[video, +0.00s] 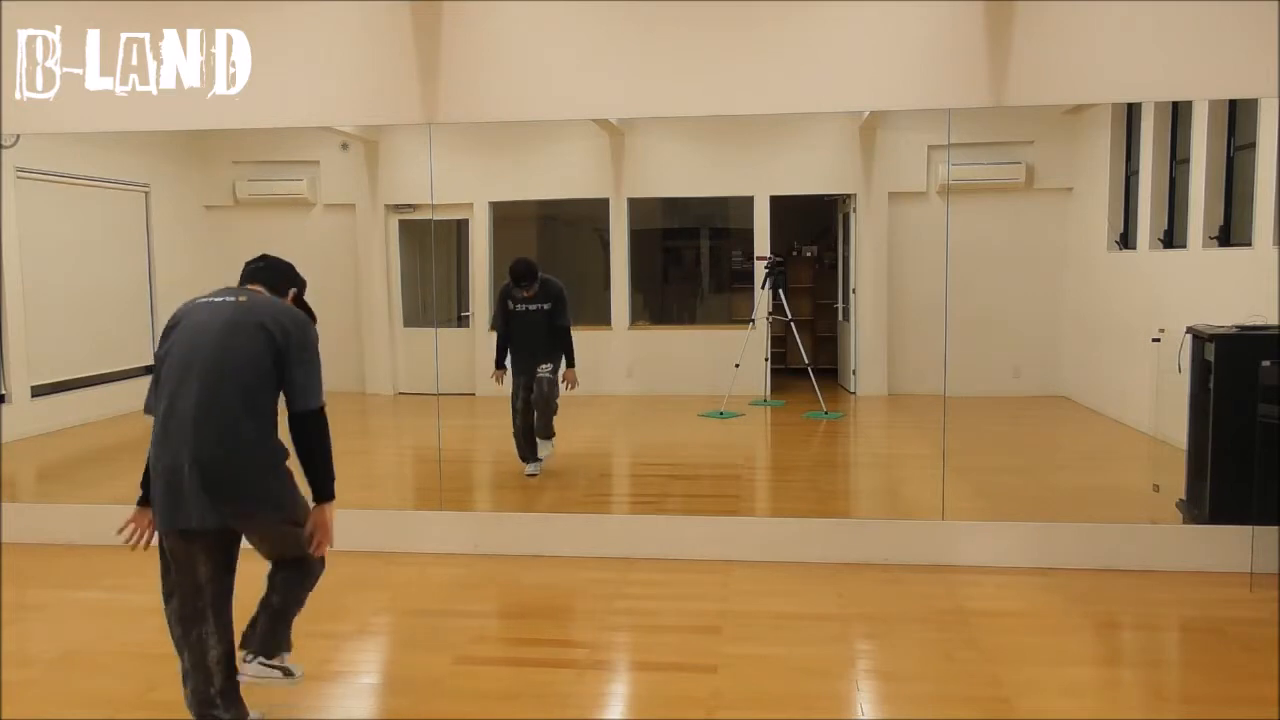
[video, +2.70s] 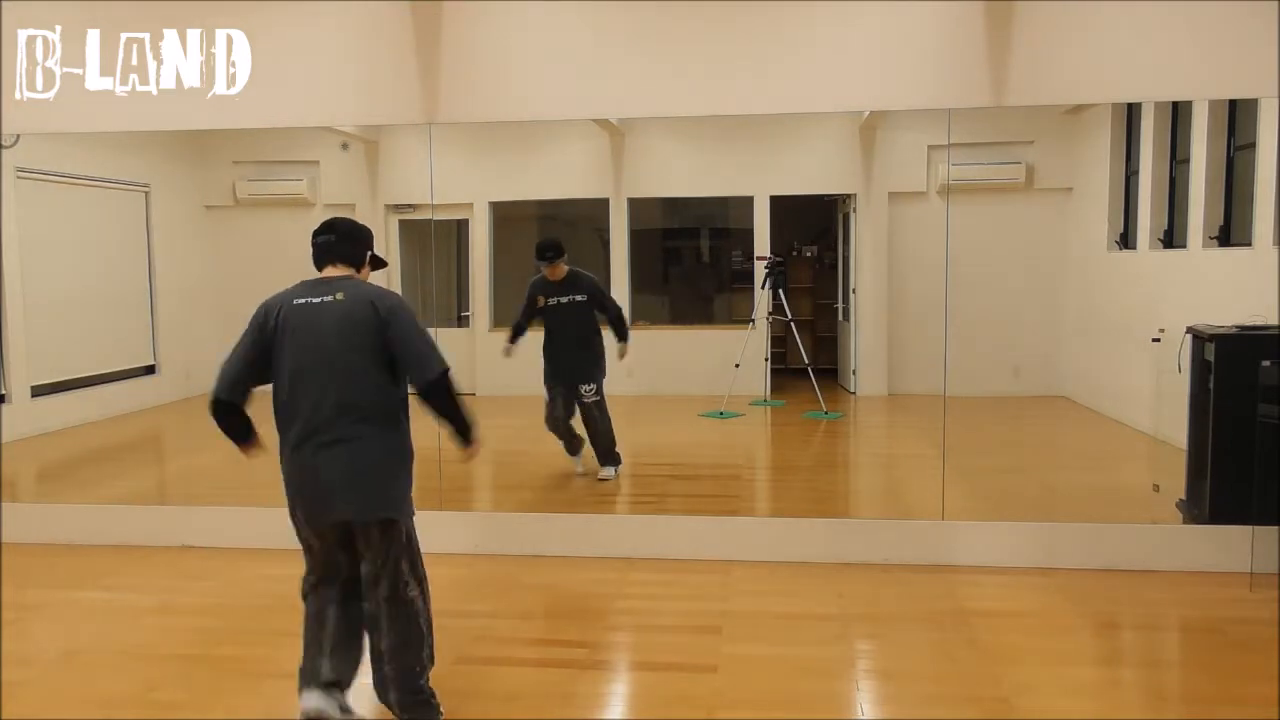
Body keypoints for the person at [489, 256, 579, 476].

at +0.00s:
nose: (525, 293)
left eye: (529, 288)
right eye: (521, 289)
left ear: (537, 279)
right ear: (513, 283)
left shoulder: (554, 290)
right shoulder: (507, 293)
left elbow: (564, 328)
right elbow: (503, 331)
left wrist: (570, 366)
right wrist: (500, 363)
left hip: (549, 354)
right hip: (521, 356)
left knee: (544, 392)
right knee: (521, 407)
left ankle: (544, 437)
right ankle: (530, 458)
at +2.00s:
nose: (514, 288)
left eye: (518, 283)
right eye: (509, 284)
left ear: (527, 274)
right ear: (503, 276)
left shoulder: (547, 285)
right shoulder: (496, 284)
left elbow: (561, 323)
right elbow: (489, 322)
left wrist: (557, 358)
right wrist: (487, 357)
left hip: (540, 359)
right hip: (510, 358)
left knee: (538, 414)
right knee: (505, 412)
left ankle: (535, 467)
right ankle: (506, 467)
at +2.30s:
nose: (522, 285)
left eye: (525, 280)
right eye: (517, 281)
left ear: (535, 271)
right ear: (511, 275)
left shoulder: (553, 287)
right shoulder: (507, 289)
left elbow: (575, 317)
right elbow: (499, 315)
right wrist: (483, 327)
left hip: (546, 356)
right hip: (517, 355)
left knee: (541, 411)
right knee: (500, 414)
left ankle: (556, 443)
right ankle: (505, 469)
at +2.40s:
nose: (528, 272)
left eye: (532, 266)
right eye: (524, 267)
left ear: (542, 259)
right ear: (518, 263)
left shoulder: (564, 279)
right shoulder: (514, 282)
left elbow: (592, 296)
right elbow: (493, 300)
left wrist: (600, 302)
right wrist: (472, 306)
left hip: (555, 362)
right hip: (524, 361)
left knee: (566, 415)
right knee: (509, 414)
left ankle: (589, 452)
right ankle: (506, 469)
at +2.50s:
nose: (537, 268)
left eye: (541, 262)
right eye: (532, 263)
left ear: (550, 255)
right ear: (526, 260)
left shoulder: (571, 275)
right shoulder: (521, 282)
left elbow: (605, 286)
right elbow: (490, 298)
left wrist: (633, 297)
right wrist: (459, 306)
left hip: (569, 358)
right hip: (537, 358)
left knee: (585, 412)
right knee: (520, 409)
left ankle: (608, 462)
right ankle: (512, 466)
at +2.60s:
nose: (544, 271)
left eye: (547, 266)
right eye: (539, 267)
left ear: (557, 261)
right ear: (533, 265)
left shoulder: (579, 281)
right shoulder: (530, 288)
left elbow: (609, 300)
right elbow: (505, 309)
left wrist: (638, 314)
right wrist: (473, 319)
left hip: (582, 359)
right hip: (551, 360)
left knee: (590, 414)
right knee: (533, 408)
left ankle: (610, 461)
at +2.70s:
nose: (551, 271)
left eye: (555, 265)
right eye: (546, 267)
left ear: (564, 260)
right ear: (540, 265)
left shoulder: (585, 283)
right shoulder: (538, 287)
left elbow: (611, 309)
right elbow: (526, 316)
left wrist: (622, 338)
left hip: (587, 357)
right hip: (556, 359)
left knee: (592, 411)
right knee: (555, 418)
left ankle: (609, 461)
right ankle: (576, 447)